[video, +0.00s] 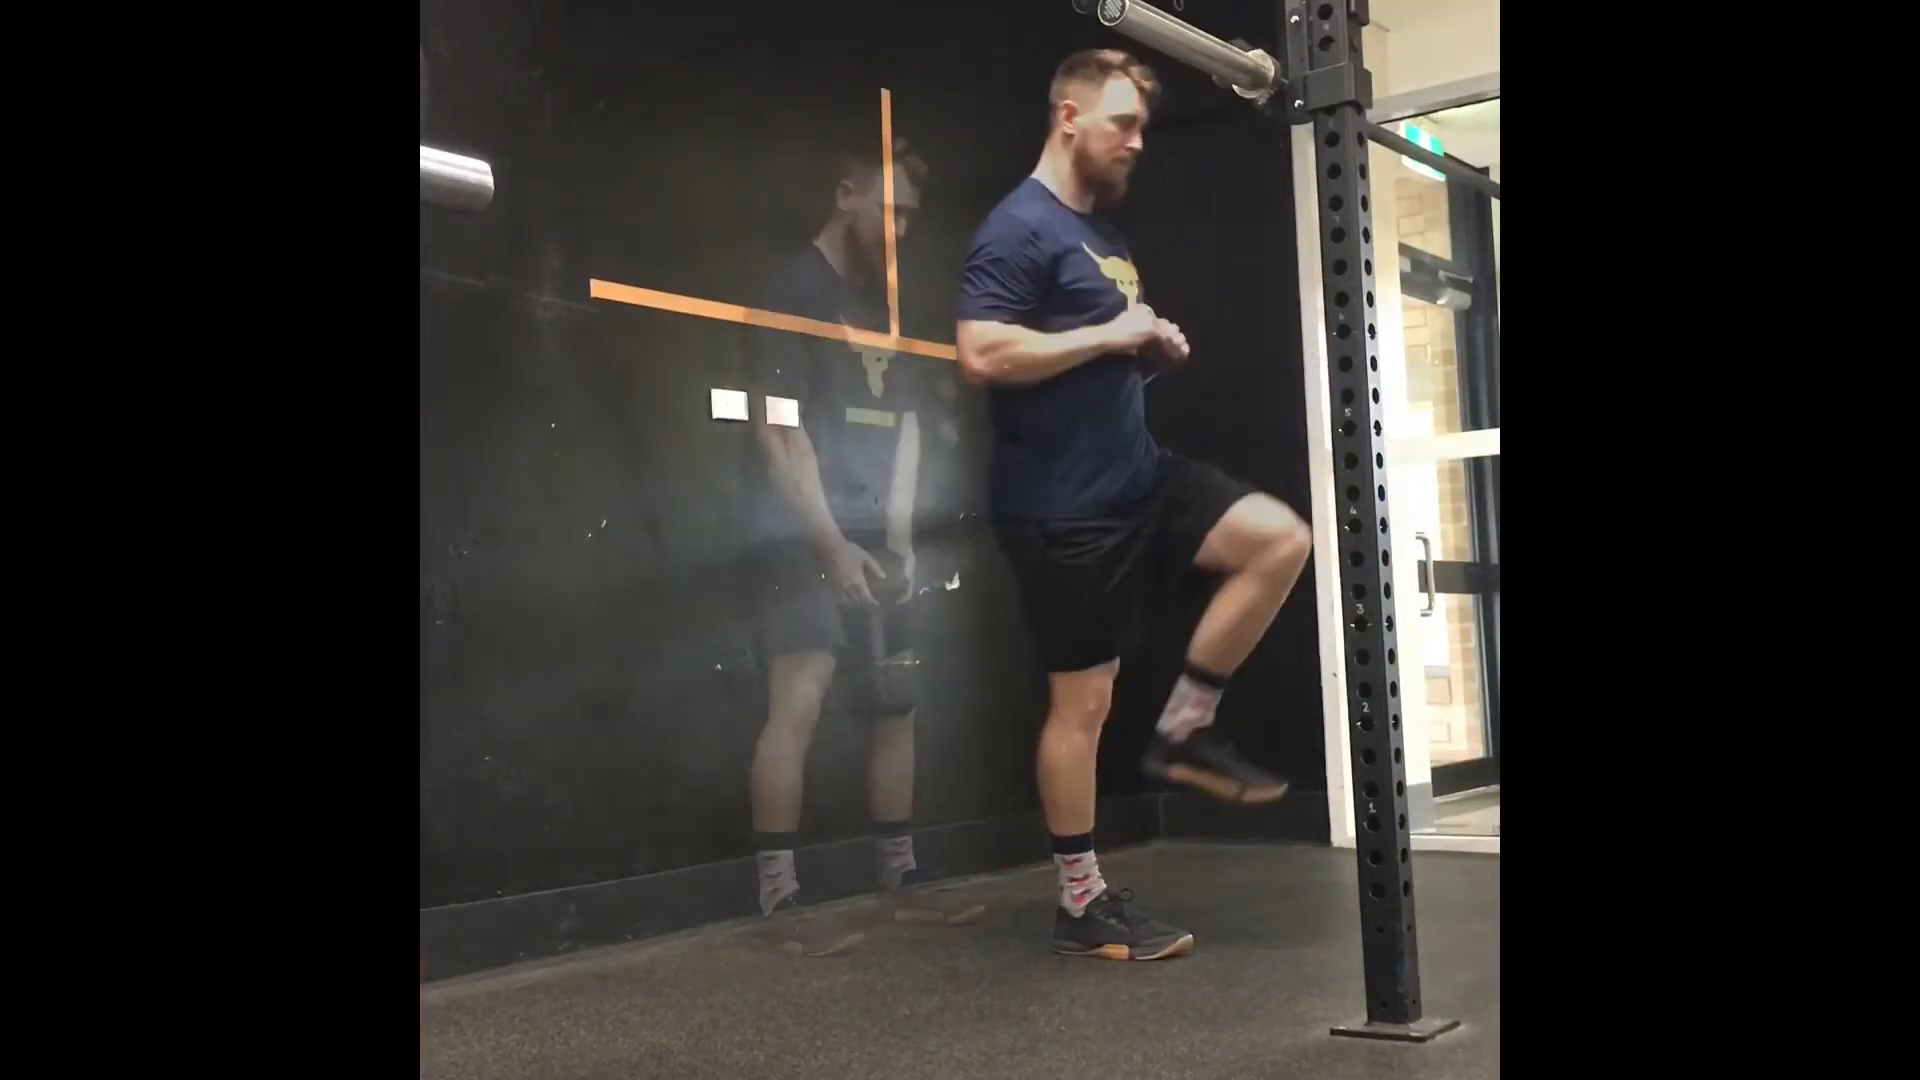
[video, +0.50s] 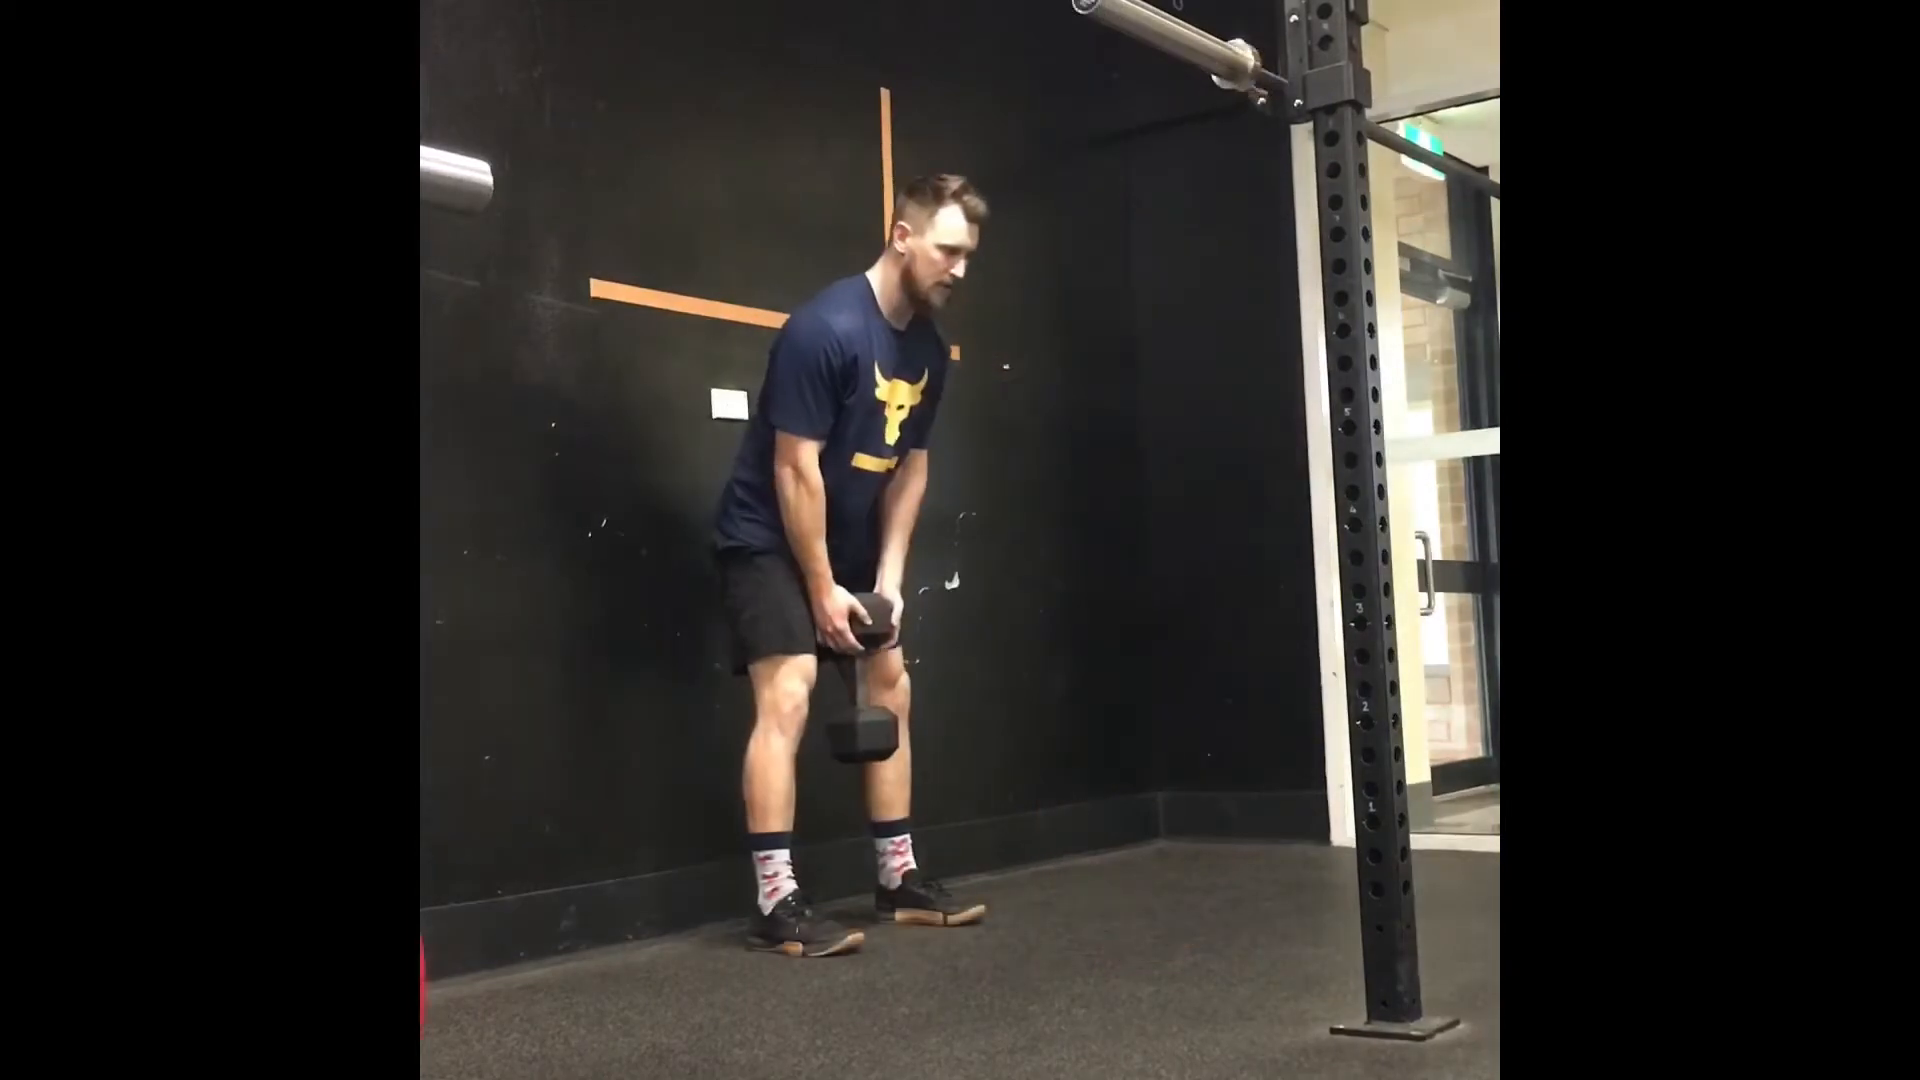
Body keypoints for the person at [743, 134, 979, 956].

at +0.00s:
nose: (901, 228)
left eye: (909, 213)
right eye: (889, 210)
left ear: (914, 212)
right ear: (846, 197)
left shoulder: (893, 301)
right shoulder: (791, 296)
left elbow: (908, 431)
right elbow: (778, 430)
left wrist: (898, 539)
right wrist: (830, 544)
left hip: (884, 536)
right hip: (804, 535)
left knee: (896, 708)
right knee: (798, 703)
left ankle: (901, 881)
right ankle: (779, 897)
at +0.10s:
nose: (906, 233)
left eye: (916, 218)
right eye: (897, 214)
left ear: (920, 219)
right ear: (856, 200)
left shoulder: (896, 308)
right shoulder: (794, 293)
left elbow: (907, 439)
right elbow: (781, 434)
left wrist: (895, 548)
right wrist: (828, 549)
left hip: (876, 533)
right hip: (794, 530)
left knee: (893, 698)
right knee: (798, 698)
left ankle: (898, 880)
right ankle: (778, 900)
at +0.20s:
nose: (919, 238)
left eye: (930, 225)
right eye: (910, 219)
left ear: (933, 225)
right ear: (868, 204)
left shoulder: (905, 317)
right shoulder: (802, 298)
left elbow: (906, 445)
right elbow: (784, 438)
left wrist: (891, 554)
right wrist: (825, 556)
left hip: (872, 535)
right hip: (791, 533)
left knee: (892, 696)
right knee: (795, 701)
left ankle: (898, 883)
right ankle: (778, 902)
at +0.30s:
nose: (937, 246)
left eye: (945, 231)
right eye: (926, 228)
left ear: (938, 229)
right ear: (881, 217)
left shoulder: (915, 326)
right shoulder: (809, 308)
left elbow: (908, 450)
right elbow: (788, 447)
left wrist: (891, 564)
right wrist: (823, 565)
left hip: (864, 541)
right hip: (783, 539)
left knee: (892, 693)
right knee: (792, 699)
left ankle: (898, 884)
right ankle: (777, 904)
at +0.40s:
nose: (950, 256)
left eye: (957, 242)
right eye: (938, 237)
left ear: (952, 244)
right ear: (891, 226)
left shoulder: (922, 339)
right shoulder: (815, 321)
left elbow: (906, 460)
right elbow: (793, 460)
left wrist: (889, 574)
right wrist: (822, 577)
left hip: (856, 541)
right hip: (775, 536)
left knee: (891, 692)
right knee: (789, 700)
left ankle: (897, 884)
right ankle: (776, 905)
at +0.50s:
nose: (958, 269)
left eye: (967, 255)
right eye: (947, 249)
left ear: (967, 258)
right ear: (900, 238)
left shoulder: (929, 349)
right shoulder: (821, 331)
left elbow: (907, 469)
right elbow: (796, 470)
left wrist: (888, 582)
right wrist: (821, 587)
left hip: (851, 544)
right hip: (769, 538)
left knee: (889, 688)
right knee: (786, 698)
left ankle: (898, 883)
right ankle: (777, 905)